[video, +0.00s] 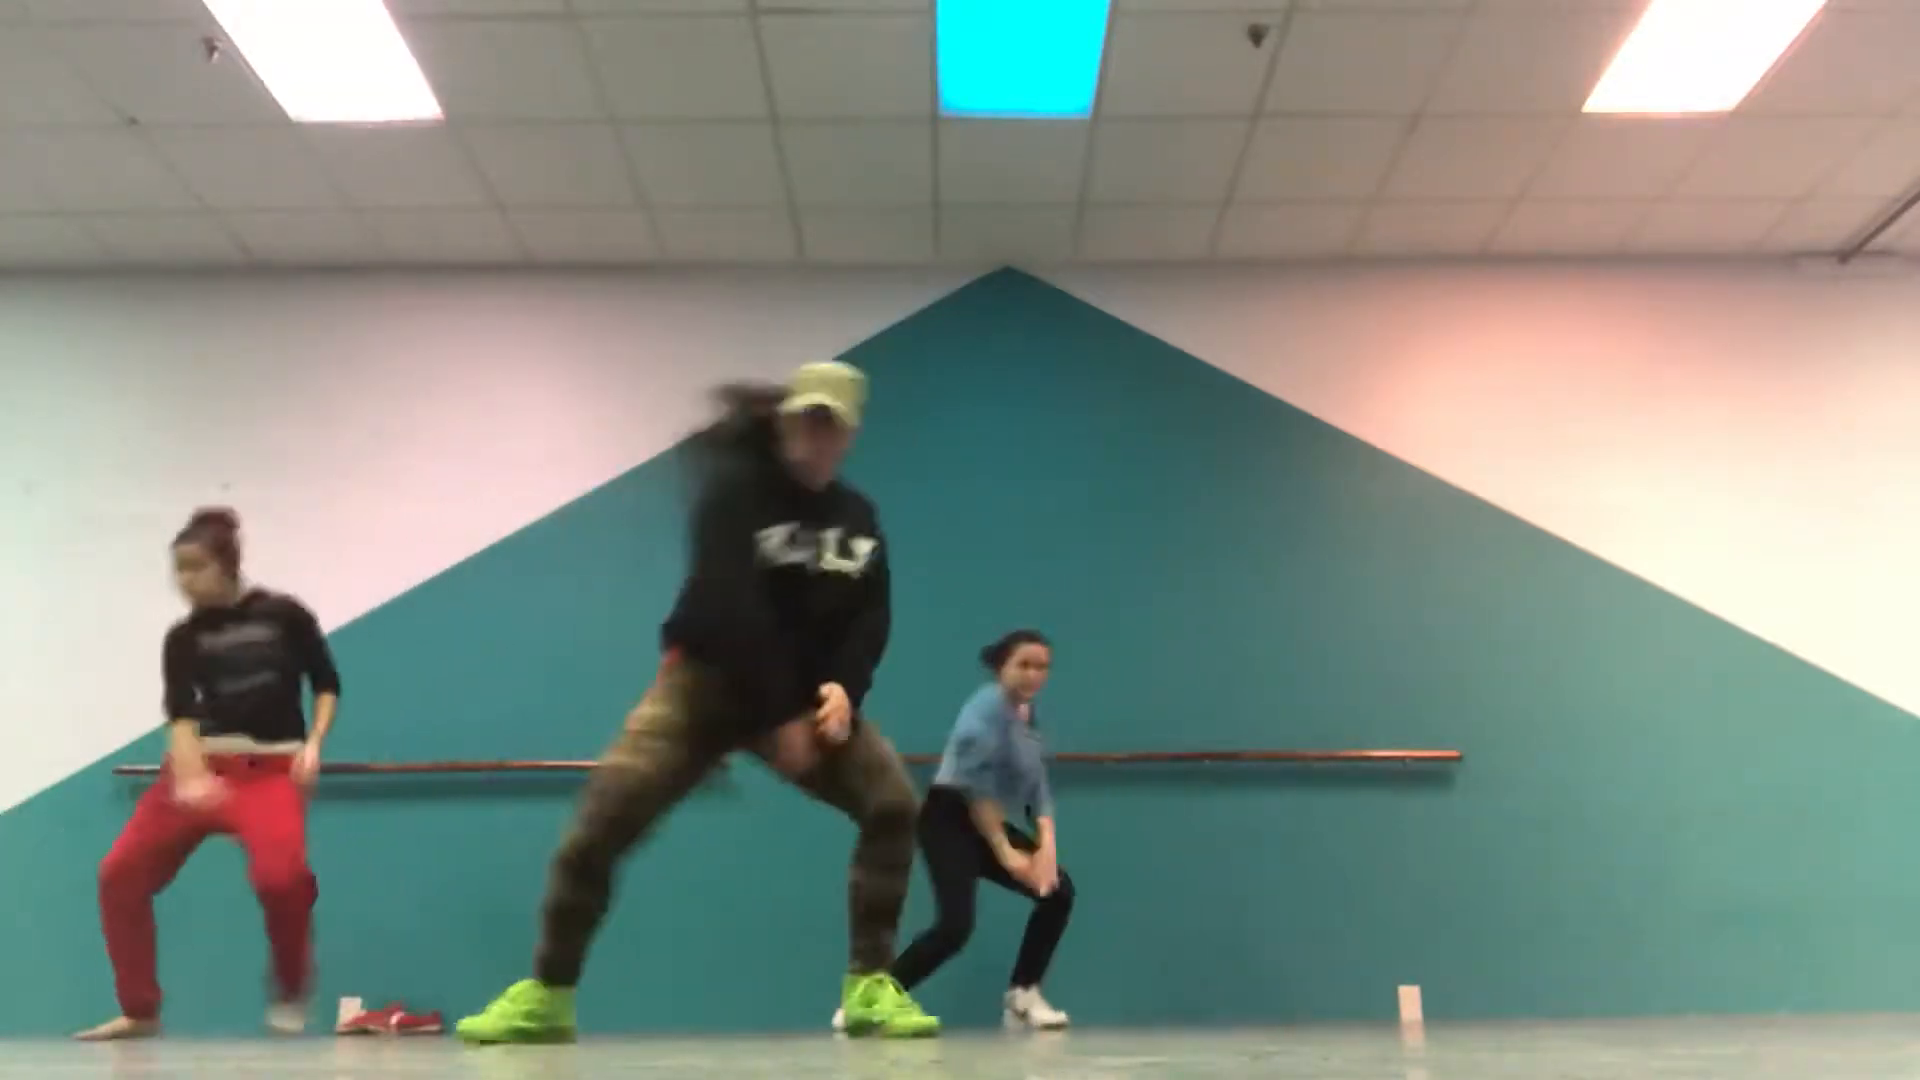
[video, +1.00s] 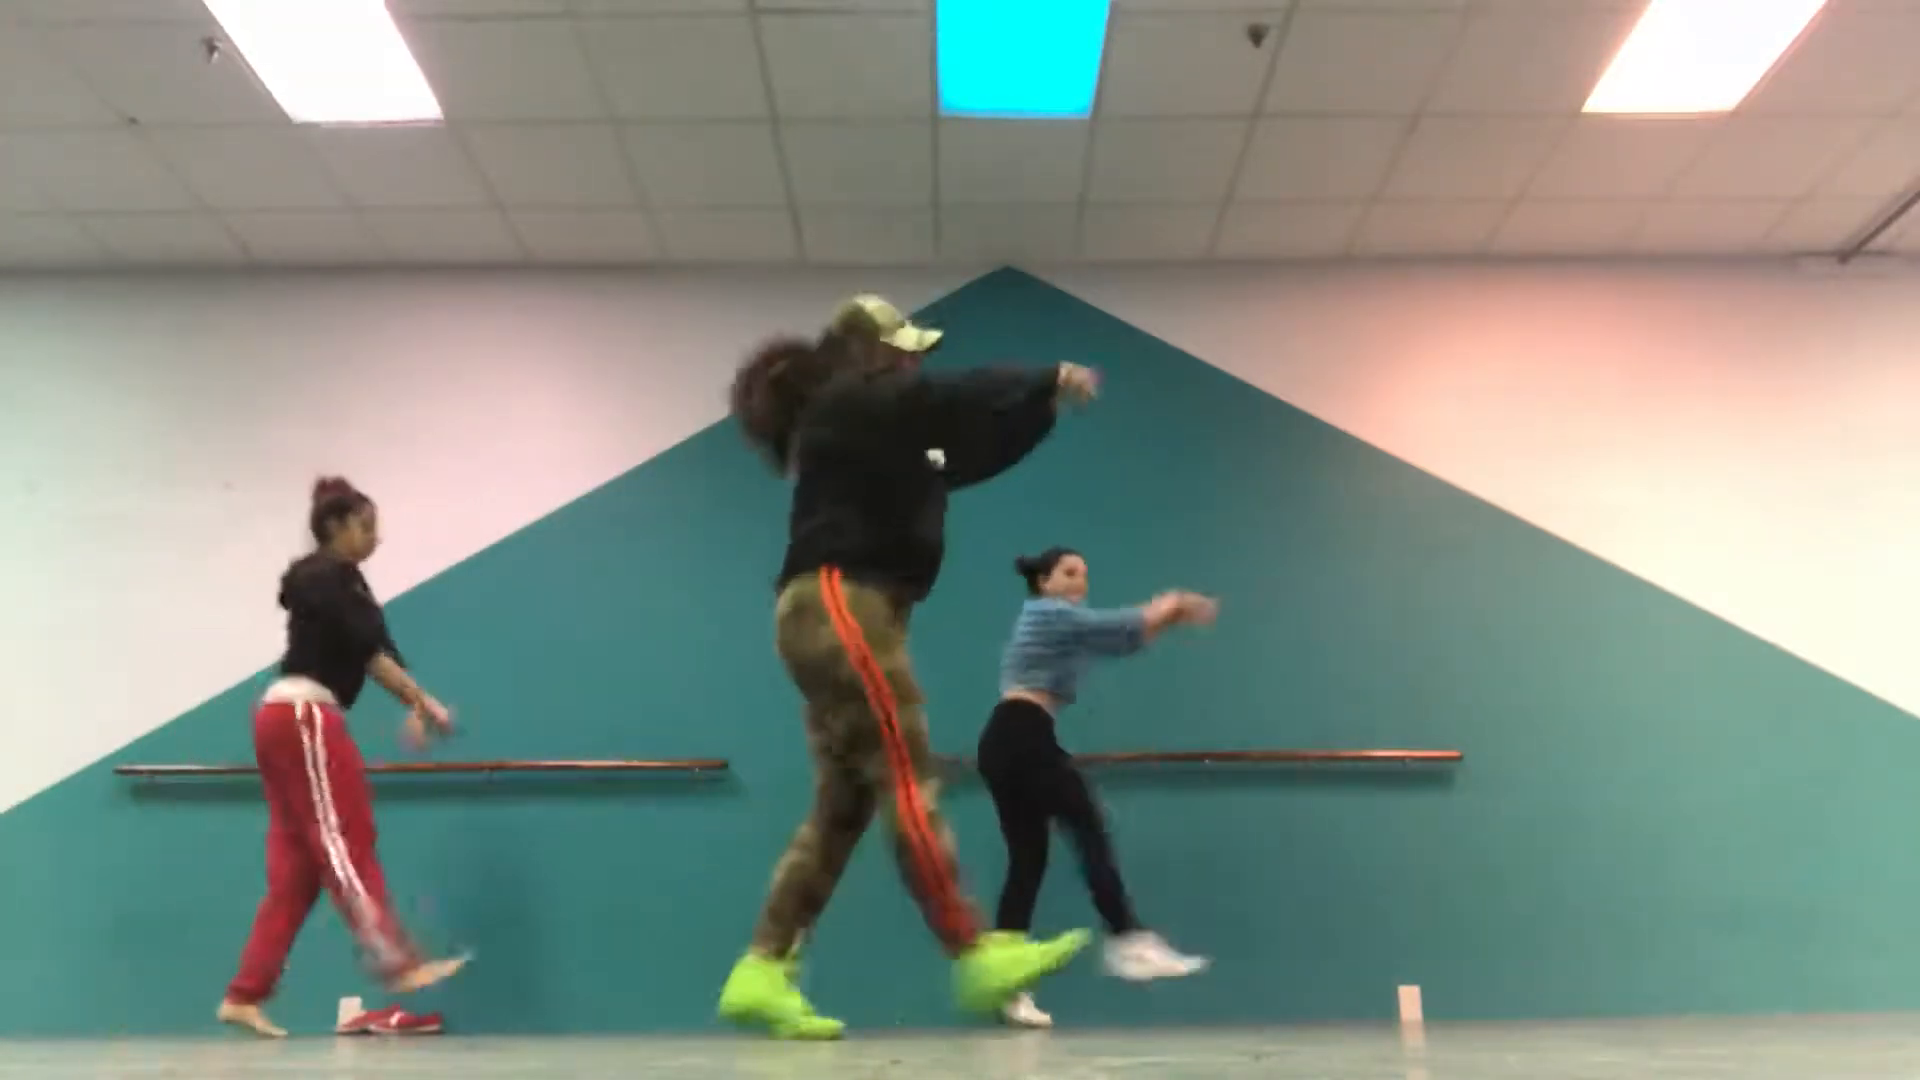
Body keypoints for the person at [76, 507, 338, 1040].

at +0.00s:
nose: (184, 579)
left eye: (194, 566)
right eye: (179, 567)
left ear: (227, 563)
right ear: (178, 570)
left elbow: (327, 684)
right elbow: (181, 716)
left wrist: (313, 745)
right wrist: (189, 775)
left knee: (282, 879)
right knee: (121, 874)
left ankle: (290, 995)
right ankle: (139, 1012)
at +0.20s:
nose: (274, 531)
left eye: (288, 522)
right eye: (267, 517)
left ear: (301, 527)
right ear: (250, 516)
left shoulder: (305, 581)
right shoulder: (224, 574)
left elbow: (319, 654)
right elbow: (223, 661)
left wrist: (324, 690)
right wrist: (296, 686)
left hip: (283, 745)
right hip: (221, 739)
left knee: (280, 876)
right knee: (180, 864)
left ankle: (256, 1007)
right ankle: (116, 991)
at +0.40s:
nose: (311, 533)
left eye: (311, 525)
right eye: (302, 523)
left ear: (287, 533)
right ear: (268, 528)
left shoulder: (287, 595)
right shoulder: (246, 581)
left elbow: (309, 663)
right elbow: (267, 667)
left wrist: (337, 694)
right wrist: (320, 698)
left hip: (258, 751)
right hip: (215, 744)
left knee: (284, 876)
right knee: (209, 875)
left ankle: (243, 1014)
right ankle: (141, 1014)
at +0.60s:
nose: (326, 535)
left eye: (325, 526)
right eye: (316, 526)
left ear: (296, 532)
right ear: (287, 531)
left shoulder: (293, 591)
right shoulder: (272, 584)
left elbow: (284, 684)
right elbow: (267, 680)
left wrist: (310, 757)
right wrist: (307, 750)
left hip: (279, 741)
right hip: (245, 735)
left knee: (282, 874)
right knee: (238, 867)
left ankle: (204, 1005)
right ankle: (142, 992)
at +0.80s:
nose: (347, 534)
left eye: (346, 524)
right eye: (338, 523)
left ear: (312, 530)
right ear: (307, 527)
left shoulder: (307, 583)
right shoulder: (292, 576)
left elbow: (296, 663)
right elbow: (289, 649)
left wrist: (337, 697)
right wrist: (351, 673)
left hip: (275, 729)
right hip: (278, 726)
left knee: (272, 884)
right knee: (341, 836)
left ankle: (200, 1006)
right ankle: (206, 862)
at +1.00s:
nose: (375, 537)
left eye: (374, 526)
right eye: (368, 526)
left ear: (339, 529)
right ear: (341, 526)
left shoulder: (342, 580)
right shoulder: (326, 576)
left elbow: (377, 653)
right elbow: (366, 651)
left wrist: (418, 702)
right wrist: (419, 700)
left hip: (287, 716)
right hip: (304, 716)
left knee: (295, 865)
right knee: (344, 839)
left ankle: (244, 996)